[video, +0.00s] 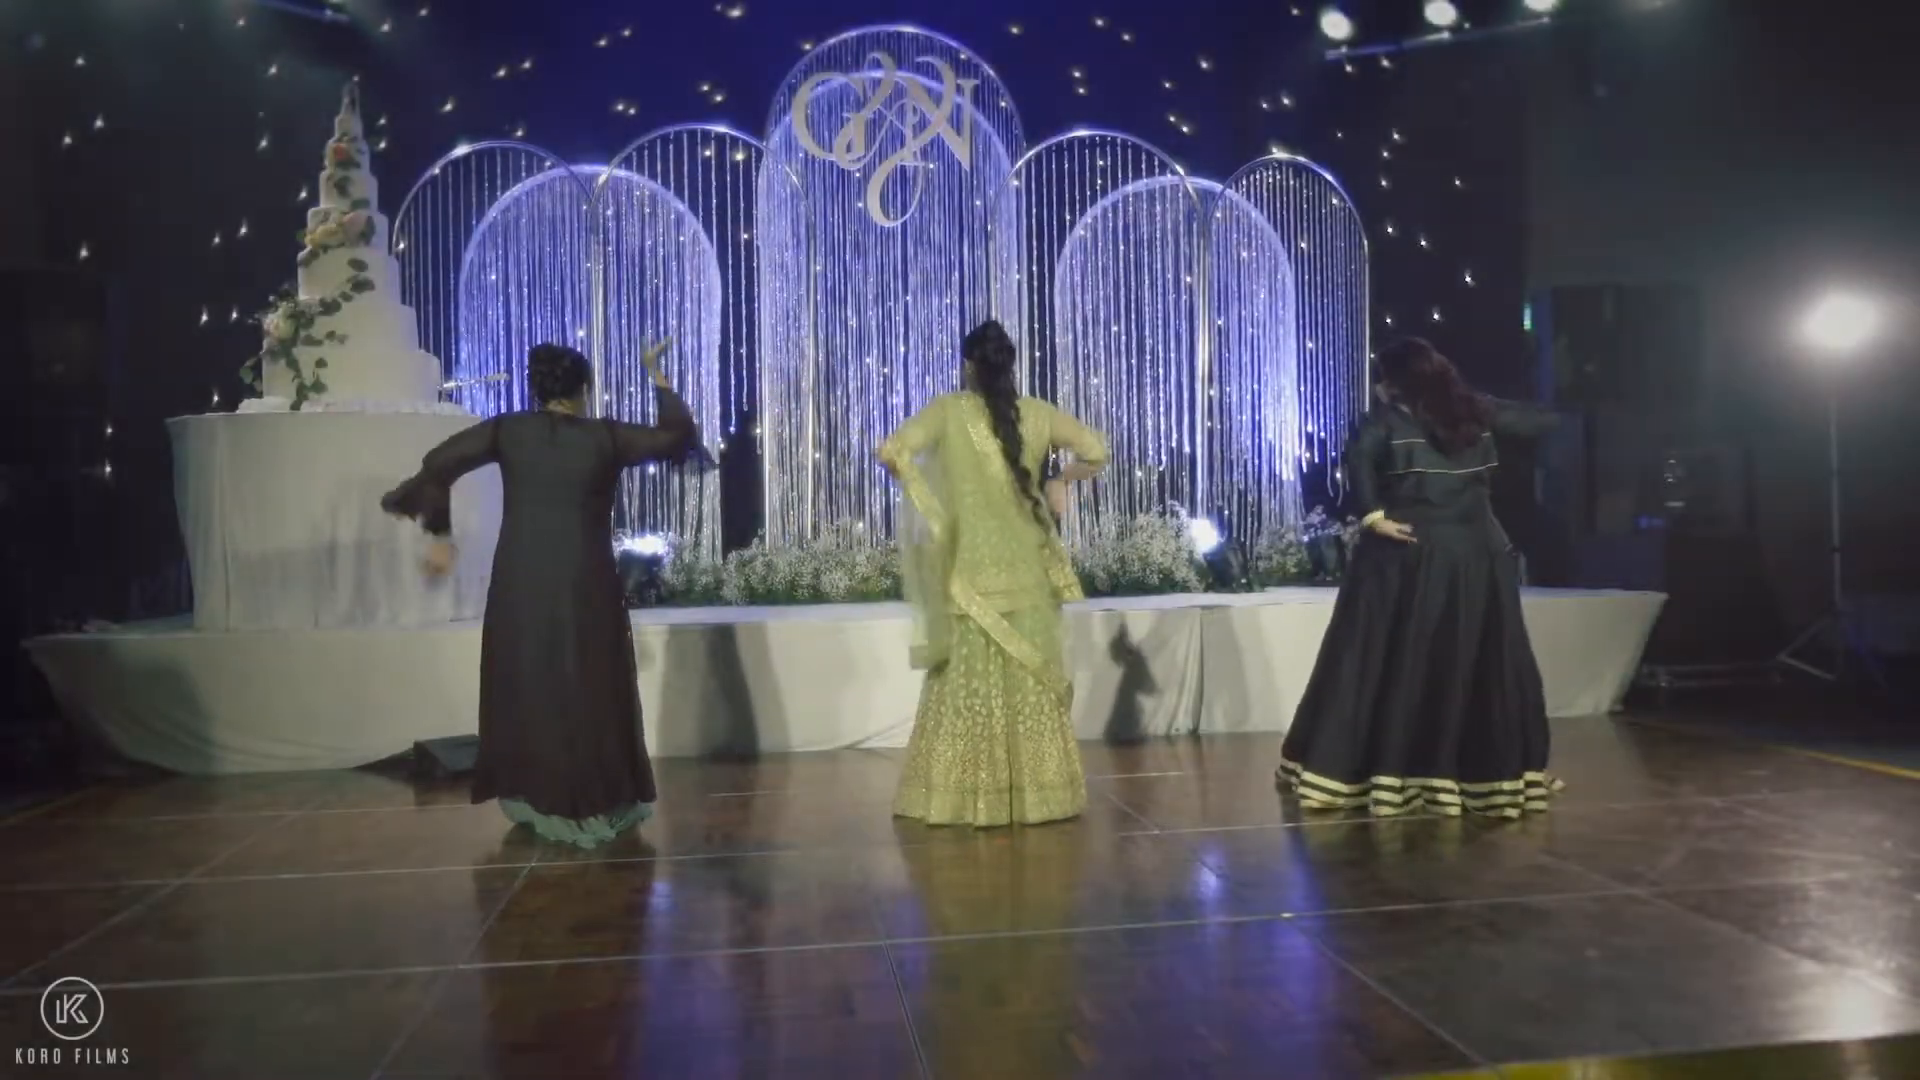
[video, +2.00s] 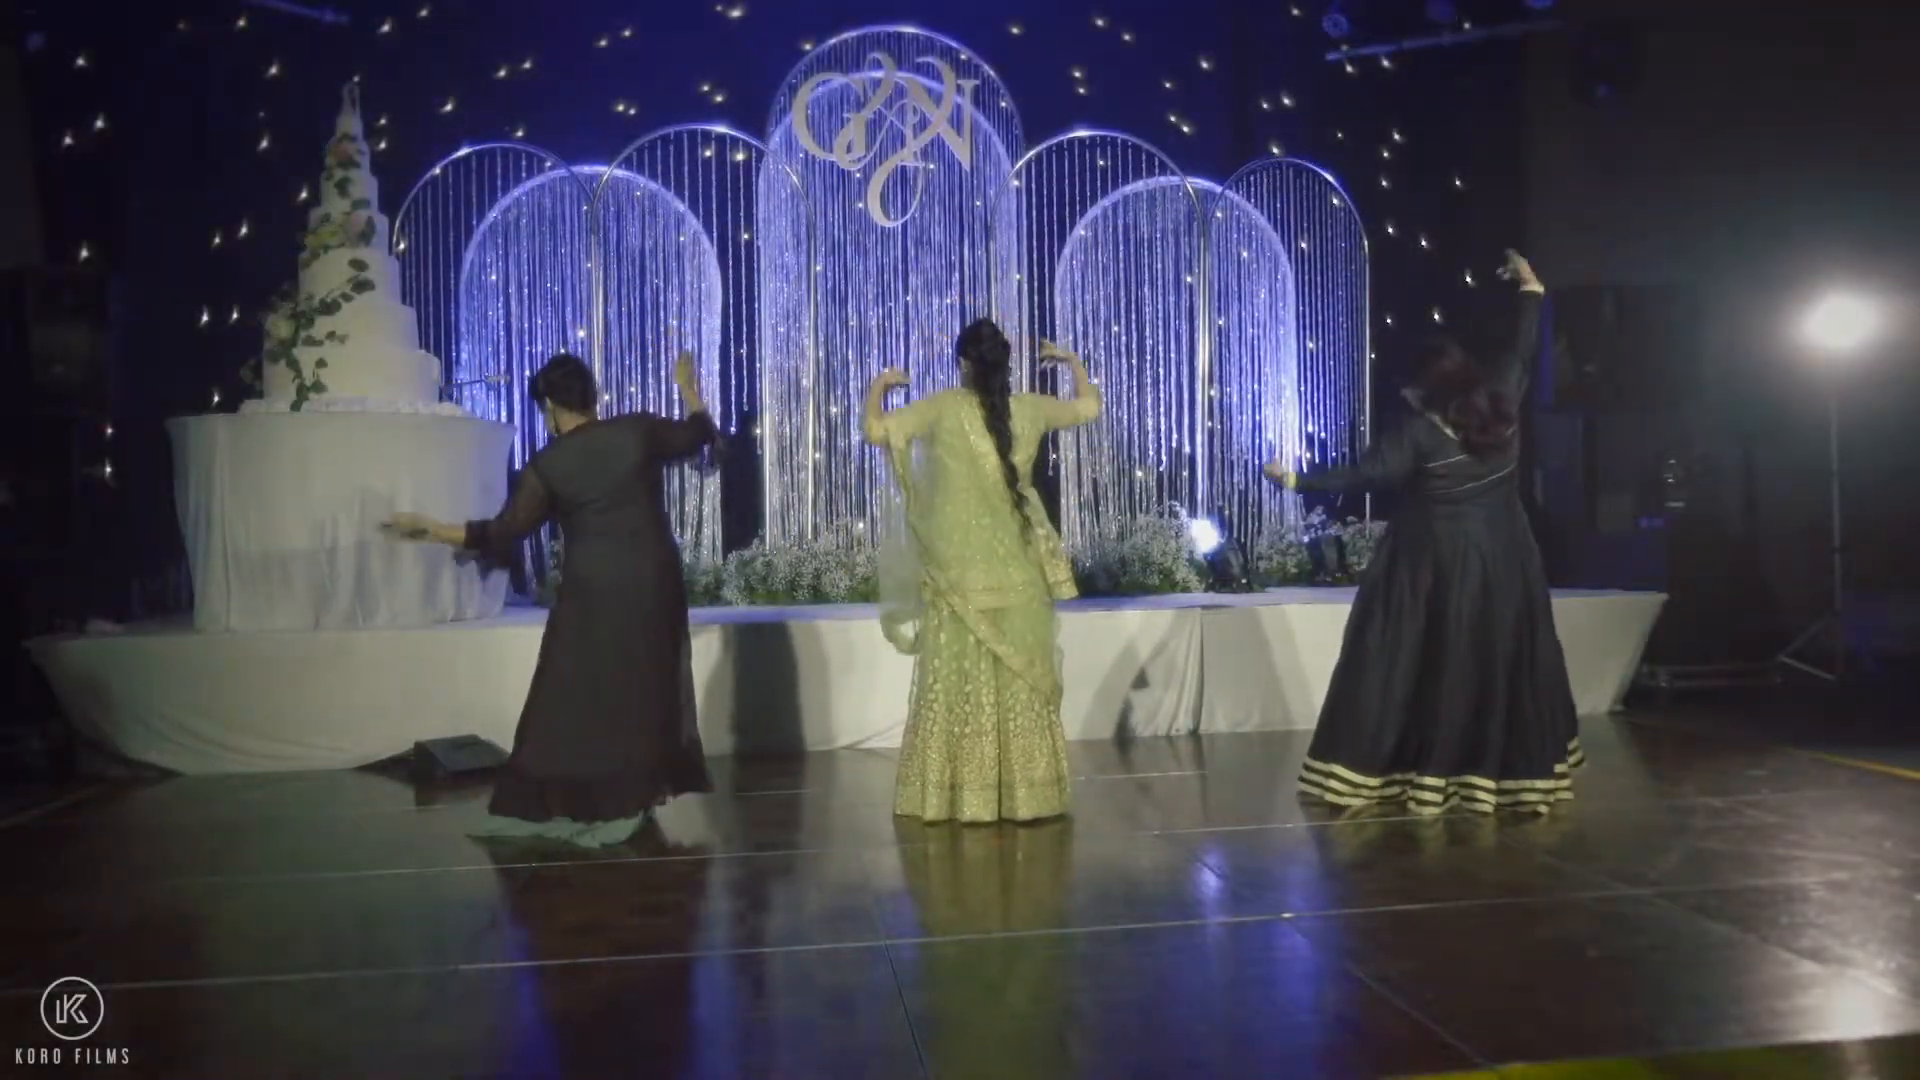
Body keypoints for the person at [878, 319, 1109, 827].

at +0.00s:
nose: (965, 369)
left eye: (965, 361)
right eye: (973, 360)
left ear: (966, 365)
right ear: (1011, 363)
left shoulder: (948, 410)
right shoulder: (1035, 411)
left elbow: (891, 452)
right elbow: (1097, 453)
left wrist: (933, 510)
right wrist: (1061, 481)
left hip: (972, 575)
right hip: (1030, 572)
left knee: (971, 691)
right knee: (1032, 687)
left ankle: (974, 798)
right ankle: (1034, 797)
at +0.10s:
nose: (963, 365)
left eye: (964, 358)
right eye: (972, 358)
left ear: (968, 362)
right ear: (1011, 362)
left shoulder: (946, 409)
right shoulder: (1037, 412)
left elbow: (889, 451)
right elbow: (1095, 441)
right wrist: (1052, 431)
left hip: (961, 568)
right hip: (1023, 568)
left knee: (965, 685)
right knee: (1028, 680)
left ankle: (968, 795)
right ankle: (1032, 794)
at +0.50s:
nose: (963, 366)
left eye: (964, 359)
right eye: (976, 359)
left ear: (967, 363)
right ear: (1010, 363)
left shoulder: (948, 407)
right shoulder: (1033, 414)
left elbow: (890, 445)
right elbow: (1090, 418)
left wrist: (922, 508)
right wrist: (1067, 375)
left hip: (964, 571)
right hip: (1023, 571)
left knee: (964, 689)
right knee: (1025, 686)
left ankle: (964, 797)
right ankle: (1024, 798)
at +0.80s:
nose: (963, 365)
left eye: (963, 358)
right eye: (974, 357)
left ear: (965, 362)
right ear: (1008, 361)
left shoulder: (947, 411)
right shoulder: (1036, 414)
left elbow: (894, 456)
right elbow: (1092, 441)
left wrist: (879, 435)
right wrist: (1075, 417)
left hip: (963, 571)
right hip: (1022, 571)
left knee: (963, 687)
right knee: (1024, 685)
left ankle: (966, 796)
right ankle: (1026, 798)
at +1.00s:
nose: (962, 364)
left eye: (962, 357)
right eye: (972, 356)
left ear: (964, 362)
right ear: (1007, 361)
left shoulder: (944, 408)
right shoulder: (1033, 408)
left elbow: (870, 413)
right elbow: (1093, 402)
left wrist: (857, 354)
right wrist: (1108, 355)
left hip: (960, 565)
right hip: (1022, 565)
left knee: (963, 684)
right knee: (1025, 681)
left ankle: (966, 796)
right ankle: (1028, 796)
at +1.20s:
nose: (968, 360)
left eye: (965, 353)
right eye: (984, 353)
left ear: (963, 362)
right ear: (1007, 364)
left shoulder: (938, 404)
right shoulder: (1025, 407)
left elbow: (896, 371)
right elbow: (1053, 365)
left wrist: (907, 311)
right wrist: (1048, 306)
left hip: (962, 564)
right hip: (1022, 561)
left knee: (961, 682)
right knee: (1024, 681)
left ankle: (962, 796)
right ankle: (1027, 795)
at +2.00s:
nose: (959, 366)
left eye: (960, 358)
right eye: (968, 358)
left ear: (962, 363)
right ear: (1005, 362)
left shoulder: (942, 407)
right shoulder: (1029, 408)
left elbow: (875, 430)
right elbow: (1089, 407)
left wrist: (879, 386)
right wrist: (1075, 362)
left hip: (958, 568)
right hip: (1018, 567)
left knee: (958, 685)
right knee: (1022, 681)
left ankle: (962, 795)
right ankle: (1025, 795)